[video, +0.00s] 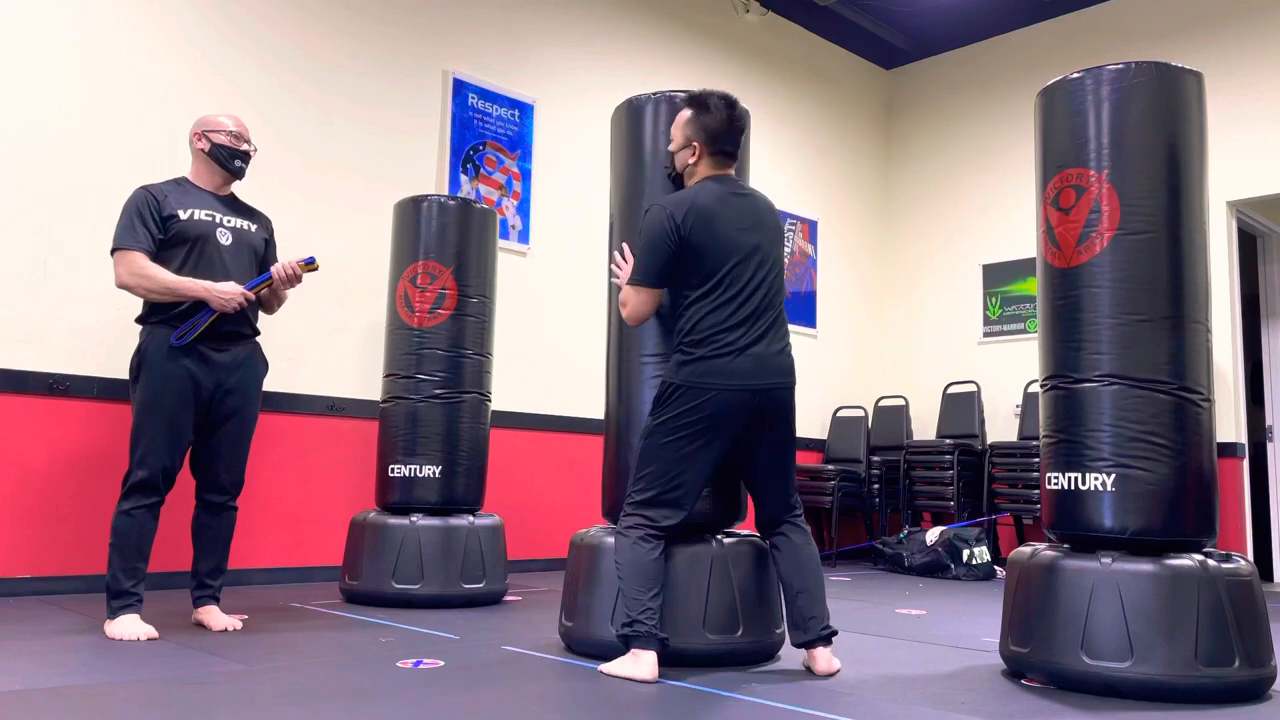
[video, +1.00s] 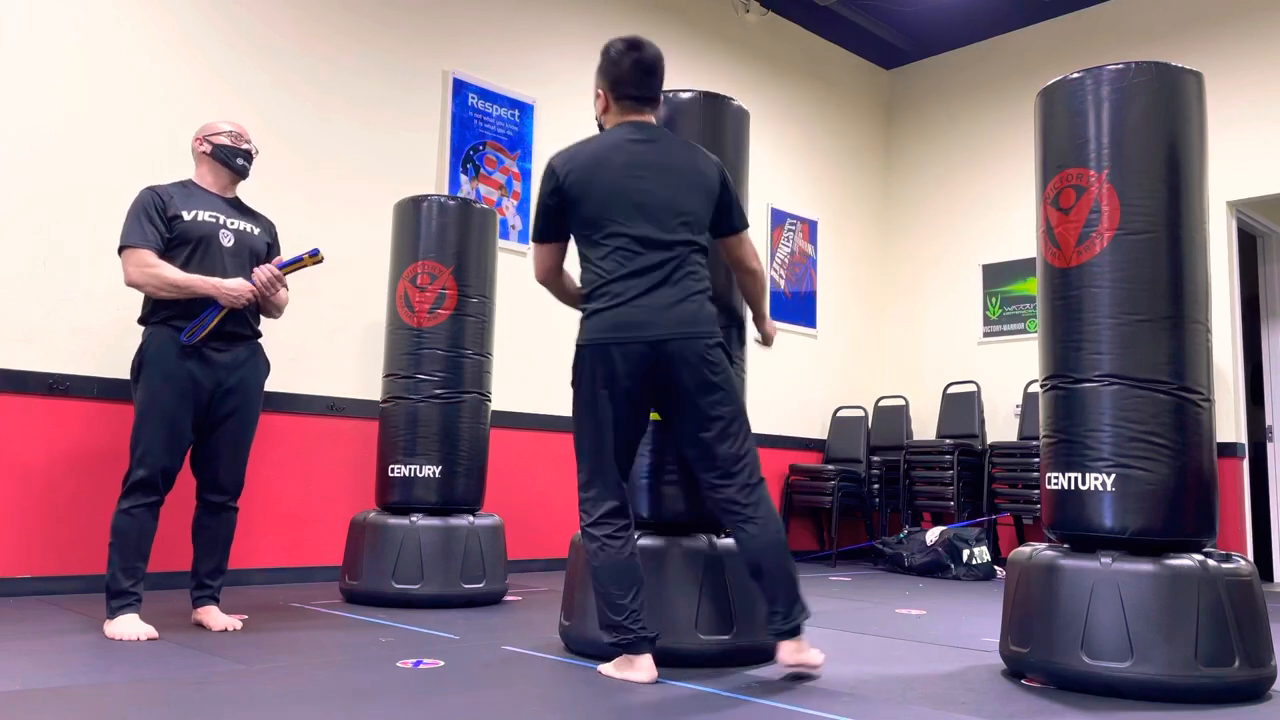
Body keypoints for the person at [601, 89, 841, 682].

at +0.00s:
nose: (671, 151)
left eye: (676, 143)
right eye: (673, 142)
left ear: (696, 150)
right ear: (731, 151)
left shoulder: (674, 214)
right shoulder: (765, 210)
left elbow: (635, 310)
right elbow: (741, 287)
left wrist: (630, 284)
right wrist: (663, 276)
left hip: (703, 382)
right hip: (774, 381)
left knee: (645, 518)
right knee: (783, 514)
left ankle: (641, 653)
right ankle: (820, 647)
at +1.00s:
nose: (594, 102)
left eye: (595, 94)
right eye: (599, 93)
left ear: (602, 96)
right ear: (659, 96)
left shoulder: (570, 165)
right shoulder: (702, 164)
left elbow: (547, 271)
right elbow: (746, 263)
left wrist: (587, 300)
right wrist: (762, 316)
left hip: (609, 342)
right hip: (695, 339)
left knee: (605, 502)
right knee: (739, 485)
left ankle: (635, 654)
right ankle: (792, 636)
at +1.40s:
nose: (611, 79)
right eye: (614, 71)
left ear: (542, 78)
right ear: (611, 75)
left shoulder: (499, 149)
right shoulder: (644, 142)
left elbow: (466, 247)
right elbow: (679, 255)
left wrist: (434, 338)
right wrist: (686, 353)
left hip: (524, 331)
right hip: (604, 325)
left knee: (571, 486)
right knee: (589, 496)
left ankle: (601, 637)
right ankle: (539, 676)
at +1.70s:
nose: (547, 54)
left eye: (542, 42)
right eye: (544, 43)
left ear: (476, 52)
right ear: (533, 44)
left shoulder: (437, 125)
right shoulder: (541, 101)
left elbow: (421, 242)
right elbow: (580, 197)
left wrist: (444, 305)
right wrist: (599, 250)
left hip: (443, 311)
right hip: (513, 308)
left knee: (432, 485)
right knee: (528, 494)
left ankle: (348, 638)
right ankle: (530, 681)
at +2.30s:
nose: (447, 37)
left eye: (443, 24)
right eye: (442, 24)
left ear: (380, 32)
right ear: (420, 26)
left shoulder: (357, 99)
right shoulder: (412, 84)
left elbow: (384, 205)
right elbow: (453, 197)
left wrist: (460, 179)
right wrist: (476, 153)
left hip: (363, 301)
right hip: (383, 304)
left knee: (372, 486)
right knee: (347, 482)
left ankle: (331, 654)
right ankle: (281, 673)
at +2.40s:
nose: (449, 38)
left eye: (445, 26)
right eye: (445, 26)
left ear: (387, 31)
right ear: (423, 27)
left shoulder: (364, 91)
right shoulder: (405, 84)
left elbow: (380, 206)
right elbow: (442, 196)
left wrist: (460, 186)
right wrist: (472, 156)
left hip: (371, 304)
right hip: (373, 304)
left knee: (396, 473)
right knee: (334, 479)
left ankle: (339, 642)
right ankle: (279, 674)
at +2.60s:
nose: (457, 49)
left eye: (455, 36)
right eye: (453, 35)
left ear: (405, 34)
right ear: (430, 33)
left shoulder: (393, 94)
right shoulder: (398, 89)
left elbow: (416, 199)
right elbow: (431, 199)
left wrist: (467, 188)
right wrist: (473, 156)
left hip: (398, 315)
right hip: (375, 311)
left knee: (401, 482)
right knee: (335, 488)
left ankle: (415, 636)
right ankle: (280, 674)